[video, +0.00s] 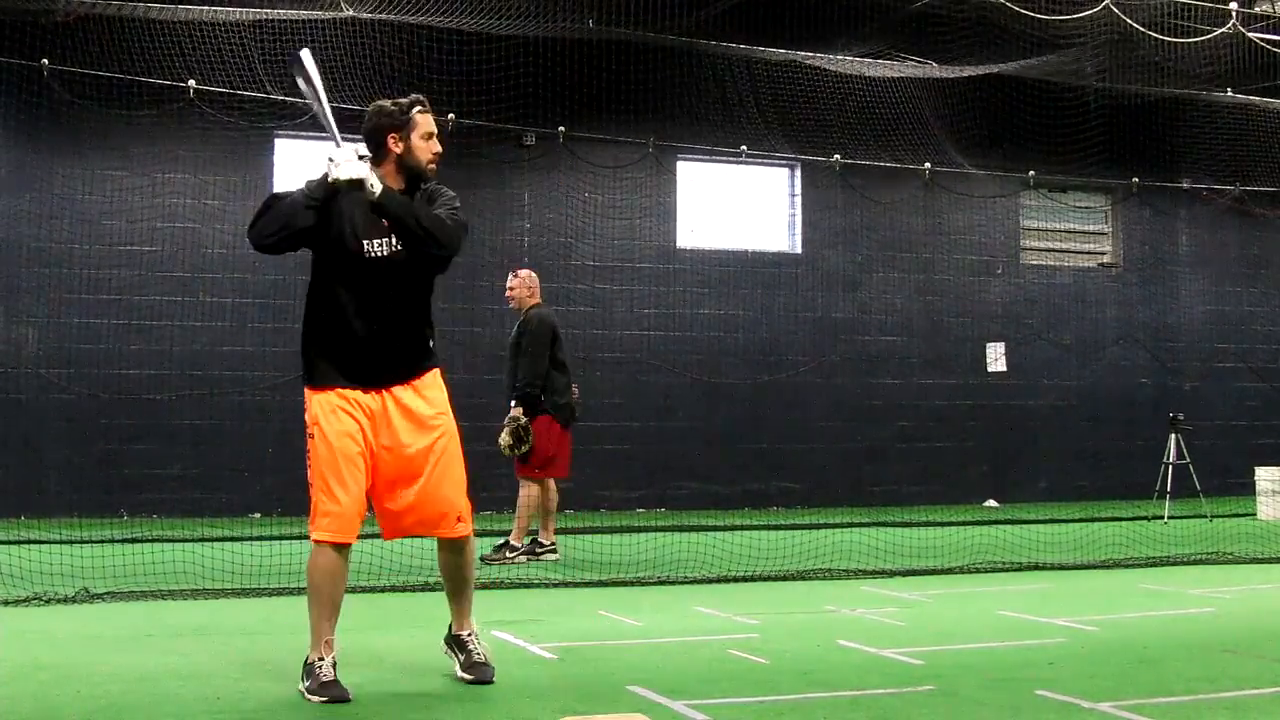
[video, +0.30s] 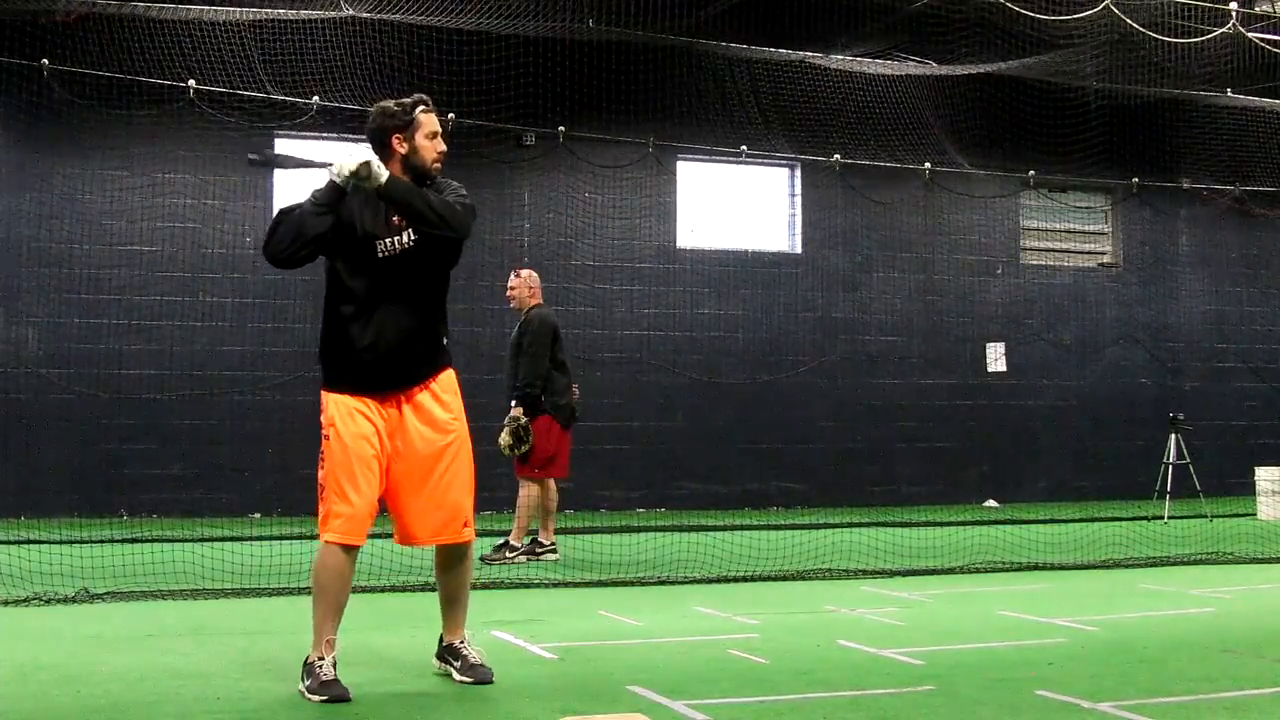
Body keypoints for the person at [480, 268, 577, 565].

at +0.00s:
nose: (507, 294)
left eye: (512, 289)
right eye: (507, 290)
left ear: (530, 290)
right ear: (526, 292)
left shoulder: (537, 319)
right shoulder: (533, 318)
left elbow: (533, 368)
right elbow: (529, 368)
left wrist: (519, 405)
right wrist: (517, 402)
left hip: (541, 409)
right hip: (547, 408)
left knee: (528, 476)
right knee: (544, 476)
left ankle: (515, 542)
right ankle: (546, 541)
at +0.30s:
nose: (508, 294)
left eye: (513, 289)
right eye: (508, 289)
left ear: (531, 290)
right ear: (528, 291)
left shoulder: (538, 319)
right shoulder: (534, 318)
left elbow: (533, 368)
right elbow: (534, 367)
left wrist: (519, 404)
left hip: (541, 409)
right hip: (549, 408)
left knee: (528, 476)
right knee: (545, 477)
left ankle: (515, 542)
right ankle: (546, 541)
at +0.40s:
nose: (509, 293)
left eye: (514, 288)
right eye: (509, 289)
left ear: (531, 290)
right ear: (529, 292)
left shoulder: (538, 319)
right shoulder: (536, 318)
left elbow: (533, 367)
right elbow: (538, 366)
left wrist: (519, 404)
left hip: (540, 409)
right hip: (550, 408)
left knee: (528, 476)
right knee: (545, 477)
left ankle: (515, 542)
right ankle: (546, 541)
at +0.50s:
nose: (509, 293)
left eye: (514, 288)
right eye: (510, 289)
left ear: (532, 290)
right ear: (530, 291)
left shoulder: (538, 319)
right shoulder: (536, 318)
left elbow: (533, 367)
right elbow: (536, 366)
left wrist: (519, 403)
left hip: (541, 410)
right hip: (551, 409)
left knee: (528, 477)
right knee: (545, 477)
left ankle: (515, 542)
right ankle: (546, 541)